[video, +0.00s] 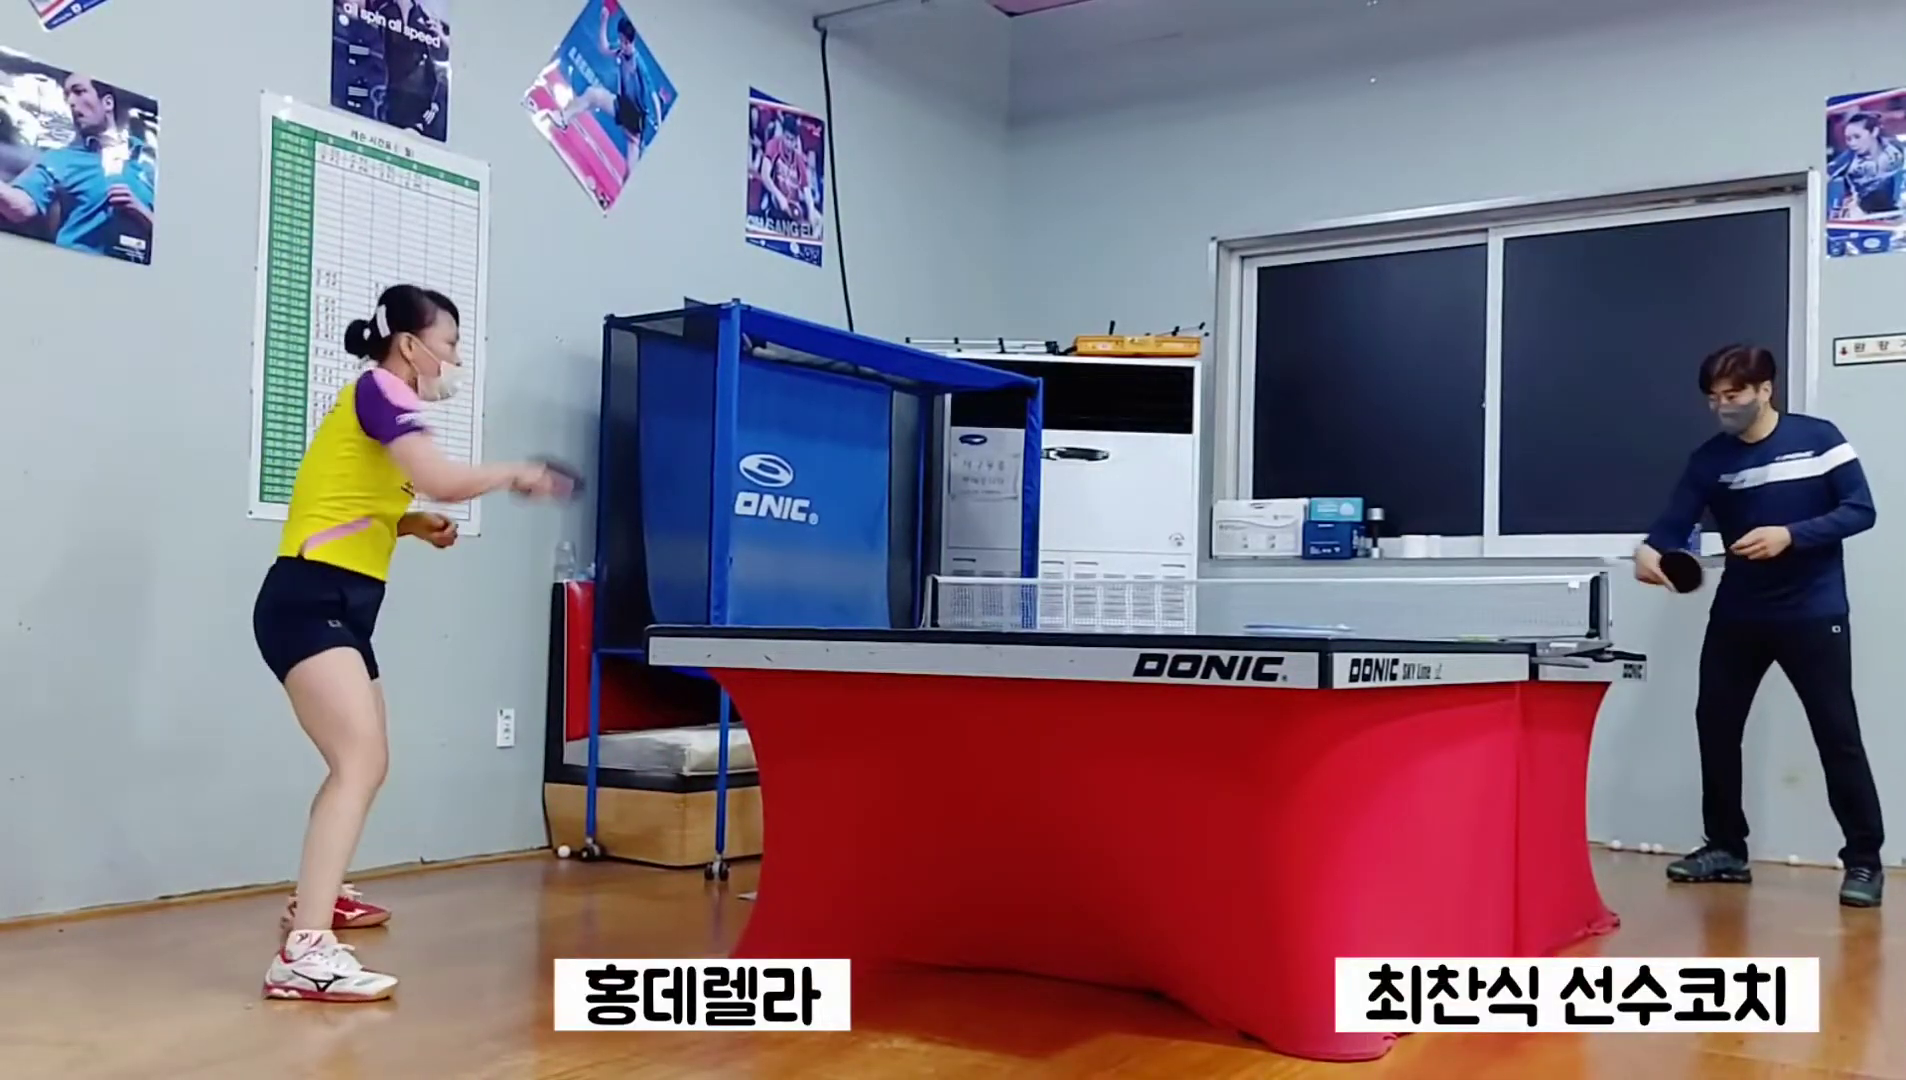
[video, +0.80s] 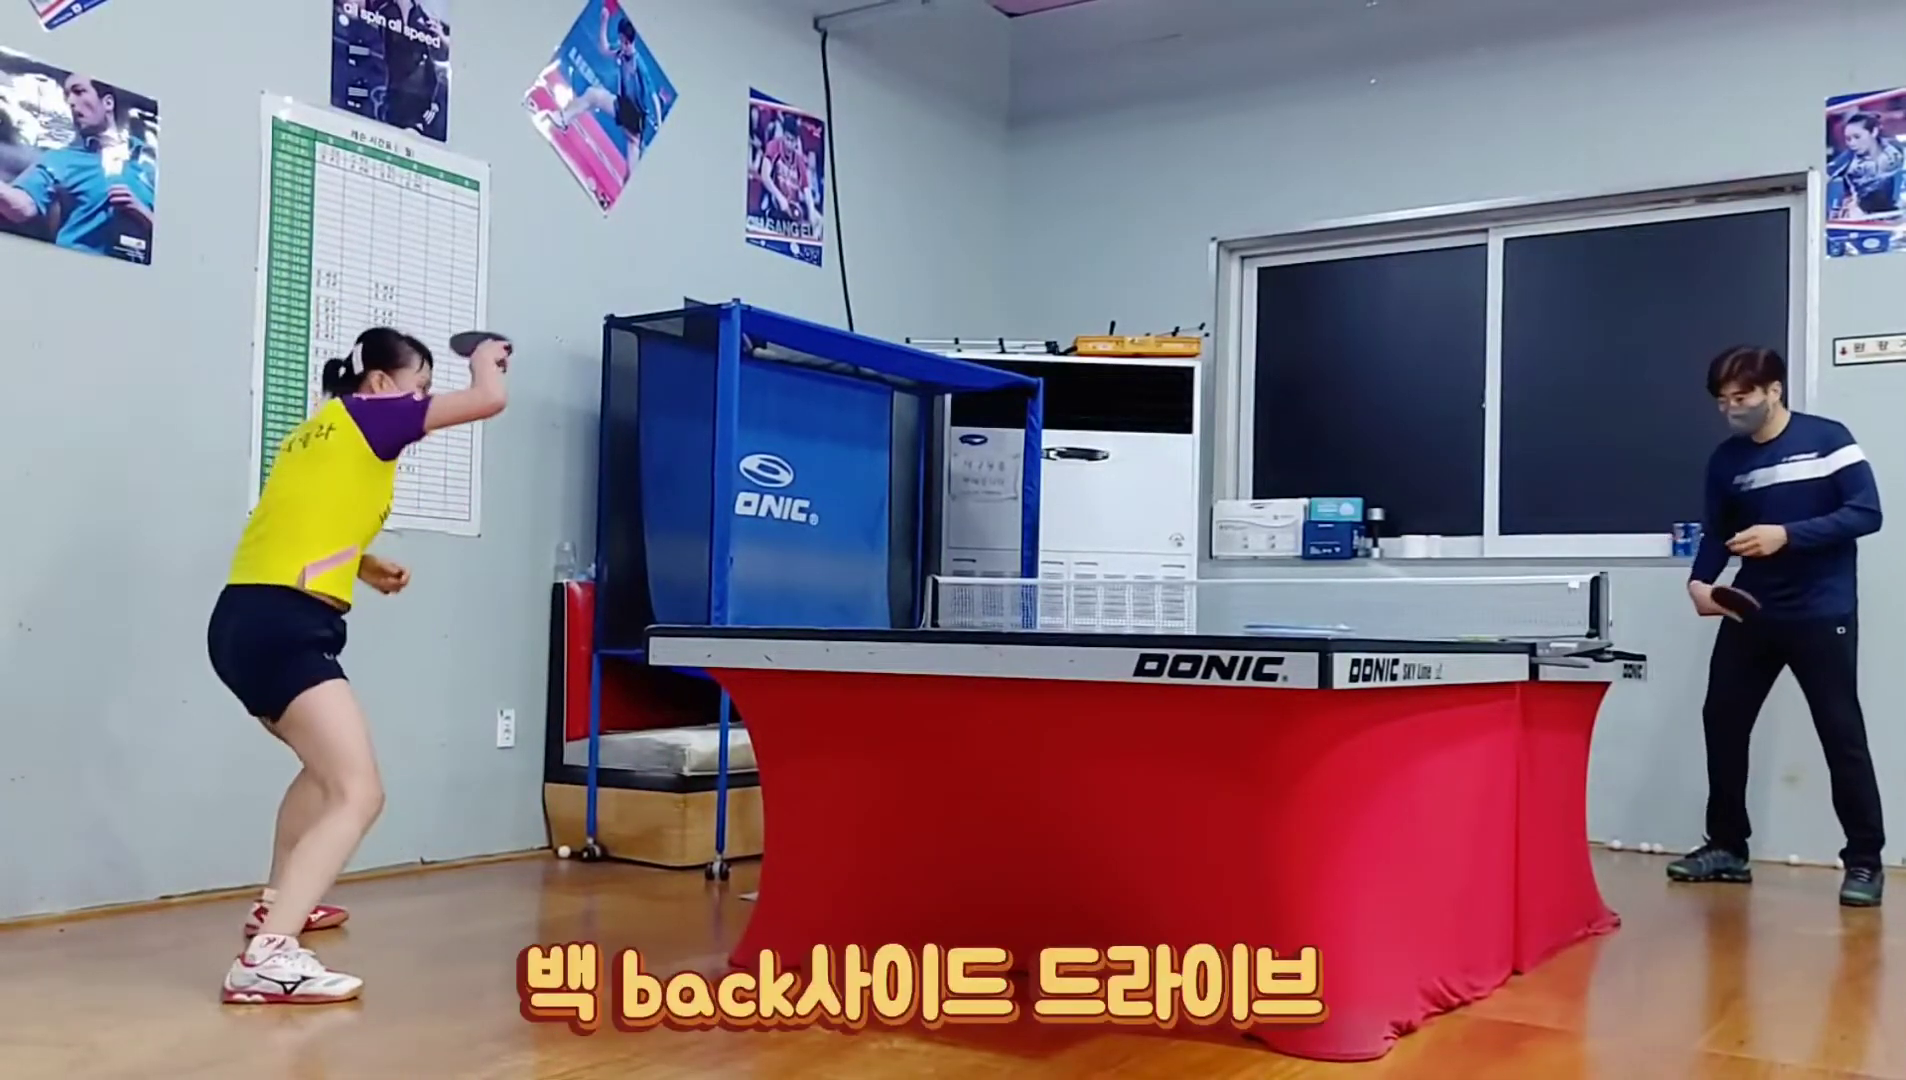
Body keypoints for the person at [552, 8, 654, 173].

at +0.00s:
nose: (622, 43)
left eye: (624, 40)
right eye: (621, 39)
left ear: (629, 41)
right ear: (620, 38)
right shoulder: (621, 53)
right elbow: (604, 50)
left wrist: (629, 54)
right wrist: (603, 23)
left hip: (628, 108)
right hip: (636, 115)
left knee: (593, 94)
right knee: (632, 161)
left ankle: (563, 117)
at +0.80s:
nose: (621, 42)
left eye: (624, 40)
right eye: (621, 39)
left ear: (628, 41)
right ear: (620, 38)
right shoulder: (622, 53)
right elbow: (604, 51)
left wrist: (629, 53)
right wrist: (604, 23)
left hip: (629, 109)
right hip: (636, 114)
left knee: (593, 95)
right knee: (633, 149)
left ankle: (563, 118)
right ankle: (631, 185)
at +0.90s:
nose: (621, 41)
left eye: (623, 39)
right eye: (621, 38)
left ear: (628, 40)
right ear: (620, 38)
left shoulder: (634, 58)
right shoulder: (621, 53)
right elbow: (604, 50)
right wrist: (604, 23)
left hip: (630, 108)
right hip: (636, 114)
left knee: (592, 94)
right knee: (633, 145)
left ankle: (562, 117)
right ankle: (631, 180)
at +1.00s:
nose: (621, 42)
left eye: (624, 39)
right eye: (621, 39)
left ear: (628, 40)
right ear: (619, 38)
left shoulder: (632, 58)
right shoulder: (621, 53)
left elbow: (631, 55)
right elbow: (604, 50)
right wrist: (603, 23)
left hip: (629, 108)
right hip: (636, 114)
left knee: (592, 94)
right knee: (633, 146)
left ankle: (563, 118)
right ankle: (630, 182)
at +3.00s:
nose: (621, 42)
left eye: (624, 40)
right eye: (621, 39)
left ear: (628, 40)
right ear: (619, 38)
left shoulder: (631, 57)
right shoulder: (621, 53)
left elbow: (630, 55)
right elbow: (604, 50)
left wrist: (628, 50)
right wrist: (604, 22)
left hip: (628, 107)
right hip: (636, 114)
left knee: (592, 94)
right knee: (633, 144)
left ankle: (562, 118)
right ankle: (629, 179)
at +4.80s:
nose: (622, 43)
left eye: (624, 40)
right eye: (622, 40)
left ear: (628, 41)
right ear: (622, 40)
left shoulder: (632, 56)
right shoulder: (621, 54)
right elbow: (604, 49)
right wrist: (604, 22)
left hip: (628, 109)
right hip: (636, 115)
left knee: (593, 94)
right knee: (632, 164)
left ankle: (563, 118)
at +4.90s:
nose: (621, 42)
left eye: (623, 39)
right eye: (621, 38)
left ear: (627, 39)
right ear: (623, 38)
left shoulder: (629, 53)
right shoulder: (623, 52)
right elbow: (604, 49)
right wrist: (604, 22)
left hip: (628, 109)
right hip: (637, 116)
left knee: (593, 94)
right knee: (633, 163)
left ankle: (564, 118)